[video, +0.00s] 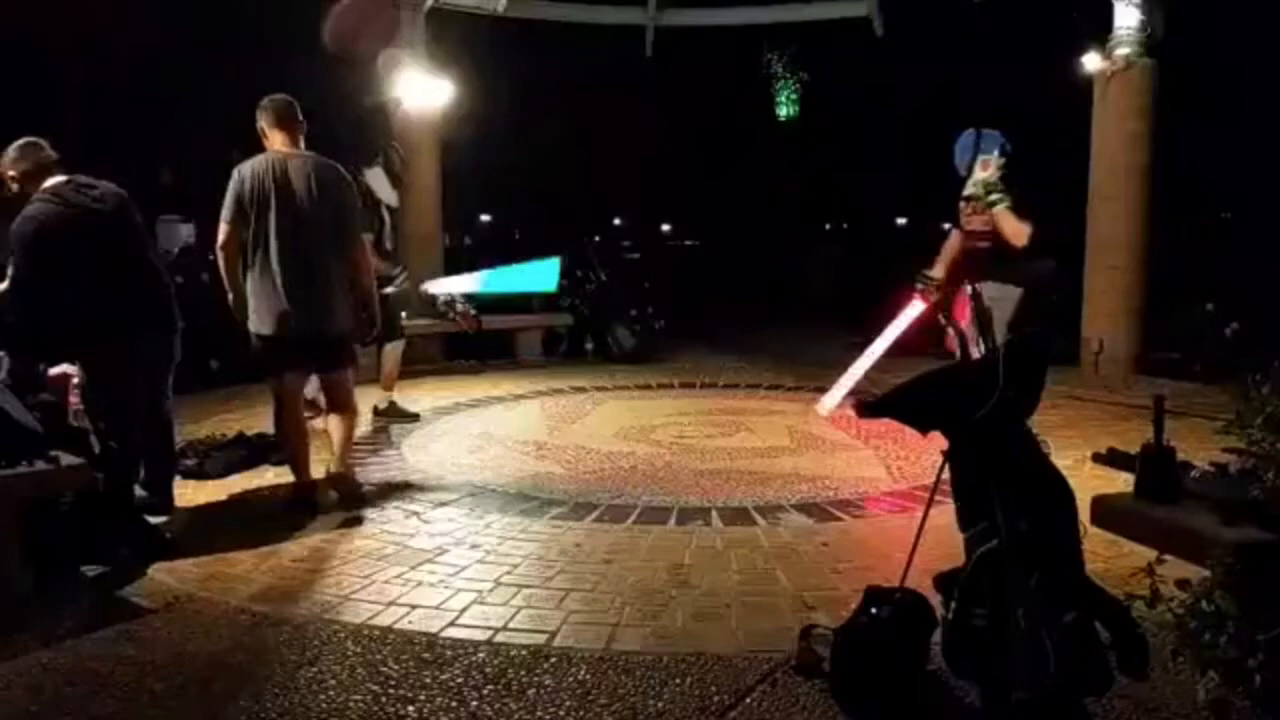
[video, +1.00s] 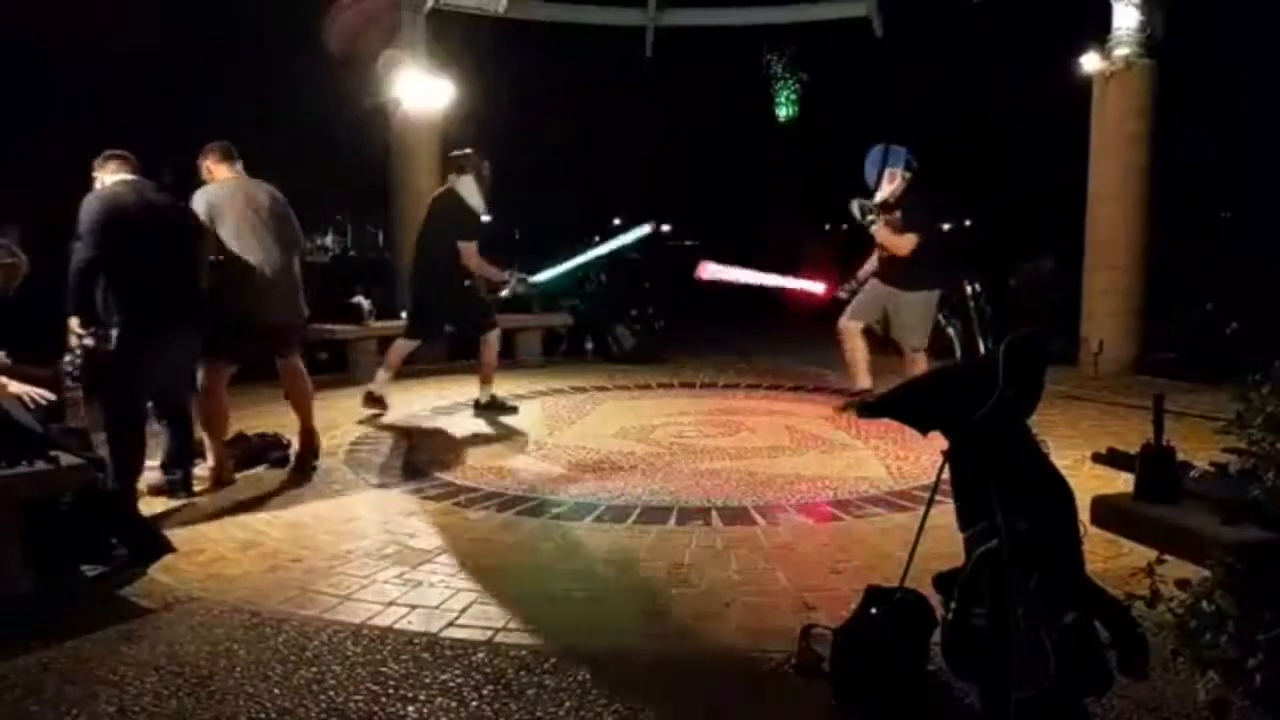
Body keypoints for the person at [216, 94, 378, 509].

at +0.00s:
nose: (268, 137)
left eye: (263, 131)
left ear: (264, 131)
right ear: (301, 127)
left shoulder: (246, 175)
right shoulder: (333, 175)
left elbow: (225, 244)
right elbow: (359, 249)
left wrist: (235, 295)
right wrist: (371, 303)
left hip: (273, 310)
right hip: (329, 308)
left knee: (288, 402)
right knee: (341, 400)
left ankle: (305, 488)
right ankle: (342, 467)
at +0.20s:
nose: (270, 142)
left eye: (264, 136)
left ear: (263, 136)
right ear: (300, 133)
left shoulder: (244, 177)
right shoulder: (327, 179)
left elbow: (222, 242)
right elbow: (354, 247)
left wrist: (233, 286)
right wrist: (363, 297)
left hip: (269, 305)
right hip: (323, 302)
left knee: (284, 394)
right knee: (330, 382)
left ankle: (302, 482)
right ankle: (333, 462)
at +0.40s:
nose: (263, 155)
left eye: (261, 150)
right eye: (266, 150)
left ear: (263, 148)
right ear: (298, 145)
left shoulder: (253, 186)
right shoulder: (327, 191)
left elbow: (230, 249)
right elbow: (345, 261)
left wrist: (227, 291)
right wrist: (352, 318)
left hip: (270, 309)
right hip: (317, 308)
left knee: (279, 395)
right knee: (314, 385)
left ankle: (299, 474)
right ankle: (310, 455)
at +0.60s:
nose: (256, 156)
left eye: (254, 151)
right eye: (257, 151)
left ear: (258, 148)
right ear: (291, 146)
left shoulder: (254, 182)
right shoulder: (319, 187)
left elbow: (239, 242)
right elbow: (333, 253)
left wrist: (225, 287)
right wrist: (334, 302)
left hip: (266, 296)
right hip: (310, 297)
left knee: (246, 384)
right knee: (302, 376)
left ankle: (281, 447)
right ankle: (307, 451)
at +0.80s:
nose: (236, 162)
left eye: (235, 157)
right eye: (236, 157)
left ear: (240, 152)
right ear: (271, 150)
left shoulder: (238, 182)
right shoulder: (301, 188)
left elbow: (226, 238)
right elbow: (317, 243)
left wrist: (224, 269)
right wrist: (303, 281)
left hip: (250, 298)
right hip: (295, 300)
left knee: (224, 368)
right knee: (297, 375)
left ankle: (225, 457)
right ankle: (304, 452)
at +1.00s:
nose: (204, 176)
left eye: (204, 171)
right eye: (205, 171)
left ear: (209, 167)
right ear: (240, 163)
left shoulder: (205, 197)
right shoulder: (270, 192)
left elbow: (200, 253)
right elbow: (297, 242)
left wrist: (199, 294)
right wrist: (293, 287)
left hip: (232, 302)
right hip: (282, 298)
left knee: (213, 380)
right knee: (291, 363)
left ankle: (219, 461)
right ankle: (308, 432)